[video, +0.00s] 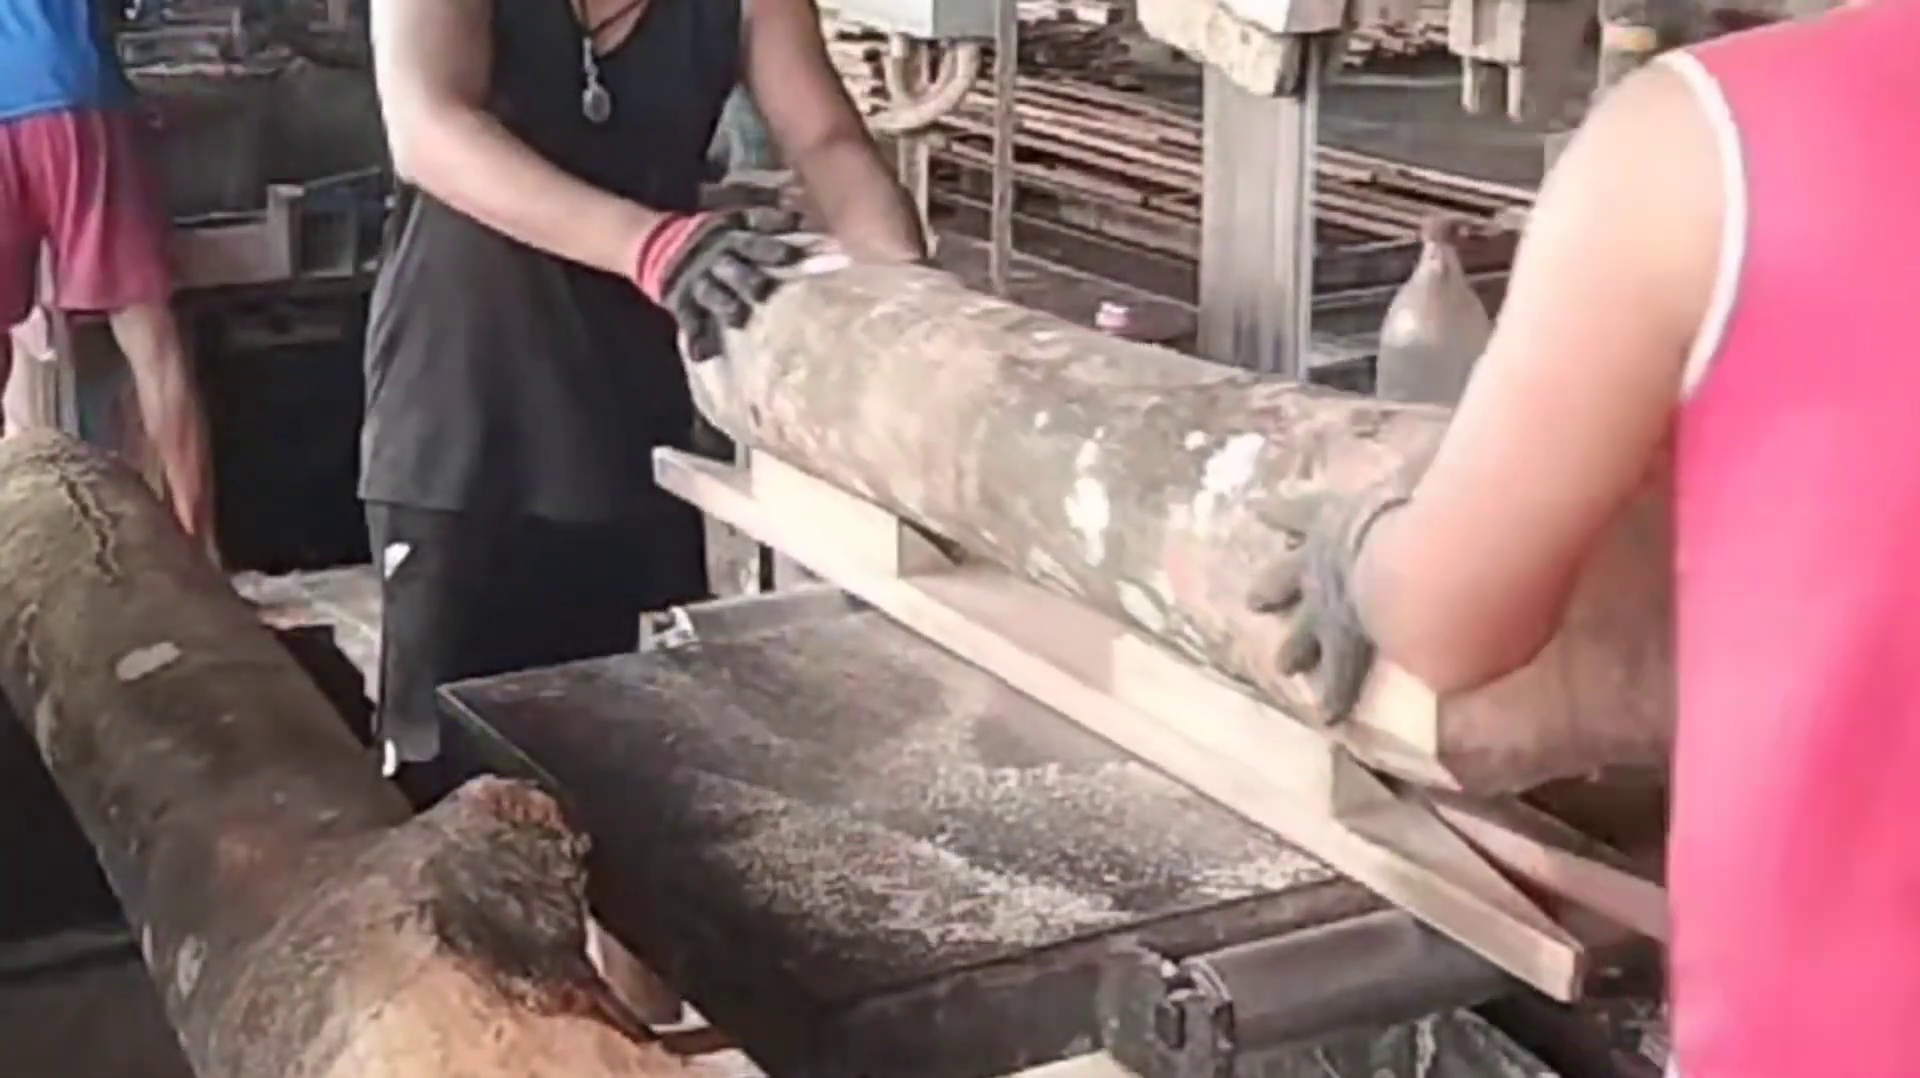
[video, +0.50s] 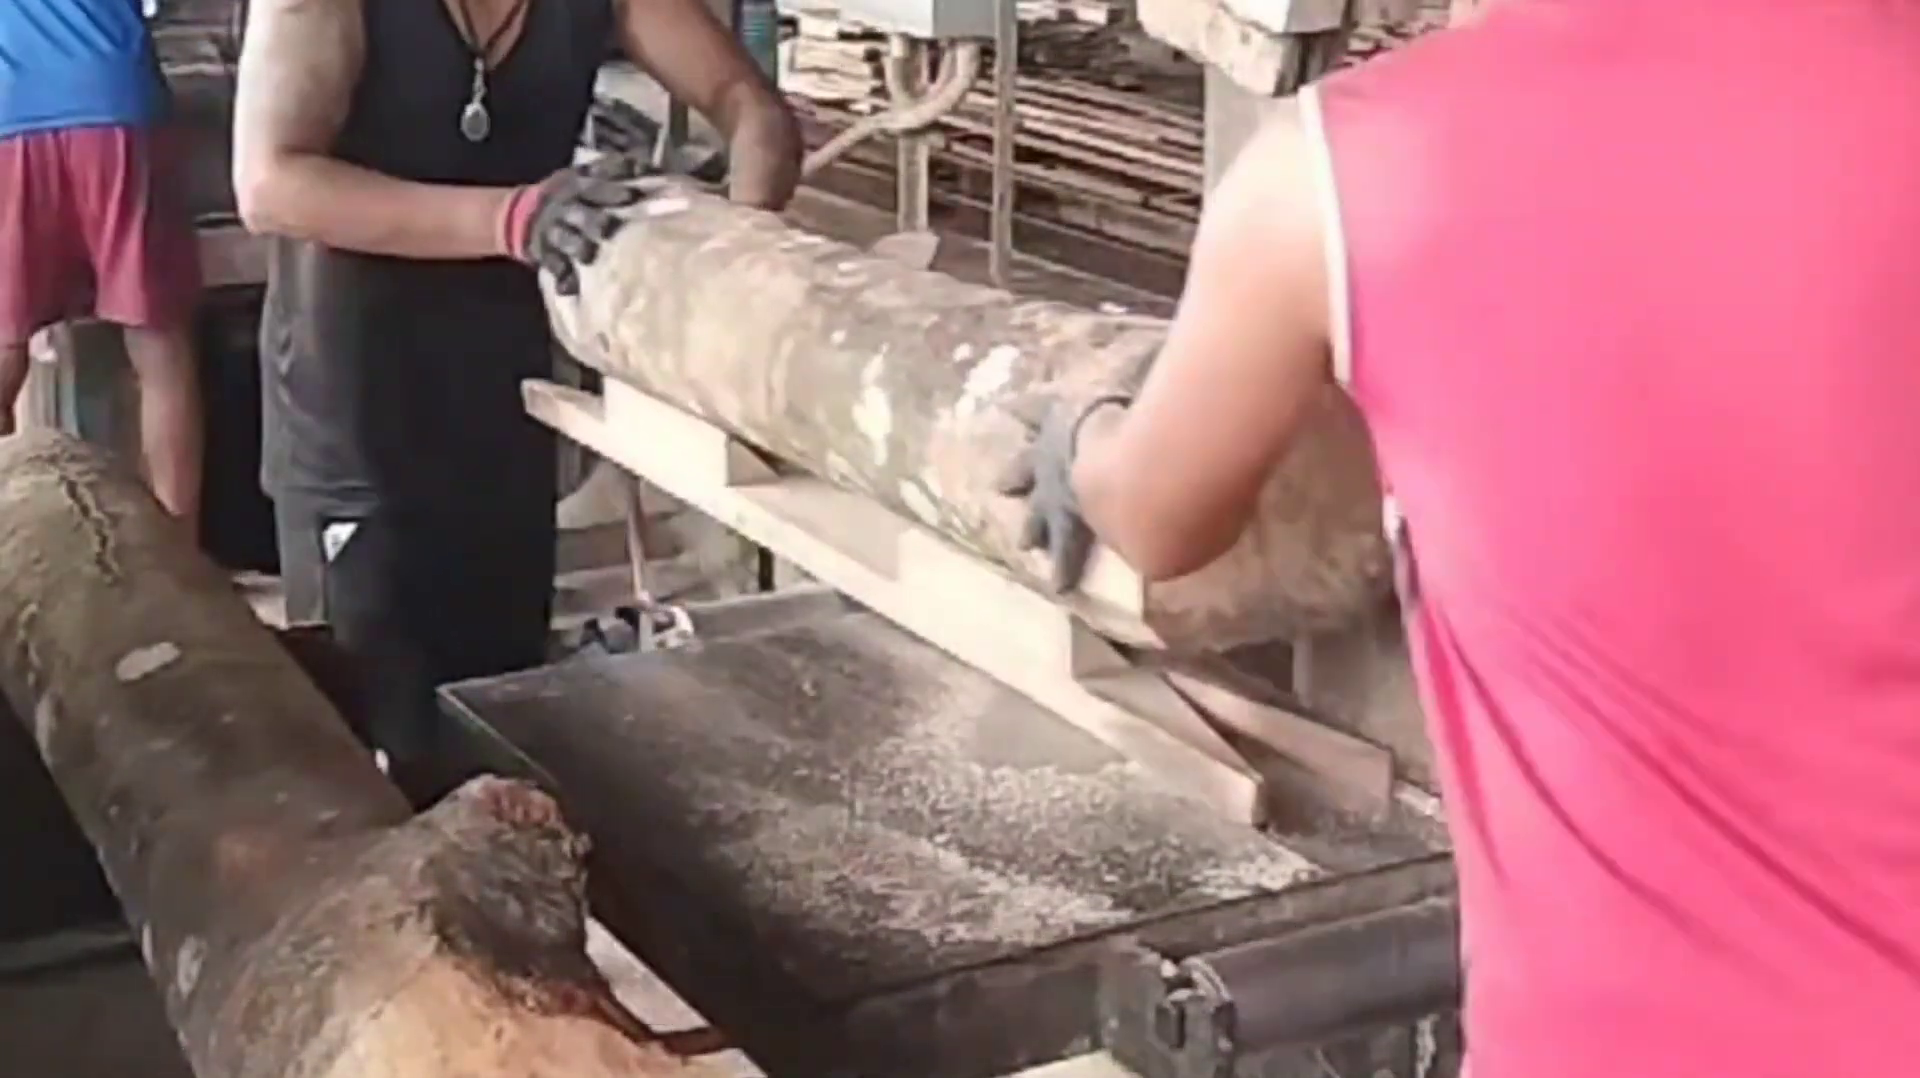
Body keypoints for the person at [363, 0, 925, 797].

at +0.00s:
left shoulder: (748, 8)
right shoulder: (441, 12)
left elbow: (829, 142)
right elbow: (429, 132)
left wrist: (909, 297)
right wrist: (654, 243)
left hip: (637, 421)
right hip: (465, 415)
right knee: (455, 765)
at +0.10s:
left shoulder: (688, 8)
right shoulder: (389, 10)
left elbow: (796, 132)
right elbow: (380, 161)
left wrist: (865, 286)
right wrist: (623, 246)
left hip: (592, 431)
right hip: (420, 434)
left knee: (596, 756)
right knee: (437, 774)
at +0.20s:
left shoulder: (637, 8)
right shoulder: (355, 11)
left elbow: (772, 123)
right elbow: (338, 176)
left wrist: (834, 277)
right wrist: (592, 242)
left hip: (549, 398)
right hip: (386, 405)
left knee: (593, 720)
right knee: (415, 749)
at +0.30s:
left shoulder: (614, 7)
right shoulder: (336, 11)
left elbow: (761, 113)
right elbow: (311, 176)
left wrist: (794, 267)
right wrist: (567, 236)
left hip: (536, 417)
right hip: (368, 425)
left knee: (595, 721)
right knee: (417, 761)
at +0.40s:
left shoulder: (606, 7)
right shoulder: (326, 10)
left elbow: (763, 115)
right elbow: (293, 178)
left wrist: (770, 253)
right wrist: (543, 227)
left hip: (527, 432)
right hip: (358, 439)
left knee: (576, 739)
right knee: (404, 776)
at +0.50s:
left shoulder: (601, 6)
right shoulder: (321, 10)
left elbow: (757, 108)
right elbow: (271, 185)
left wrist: (738, 250)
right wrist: (509, 218)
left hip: (506, 436)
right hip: (354, 442)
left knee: (507, 741)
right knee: (389, 761)